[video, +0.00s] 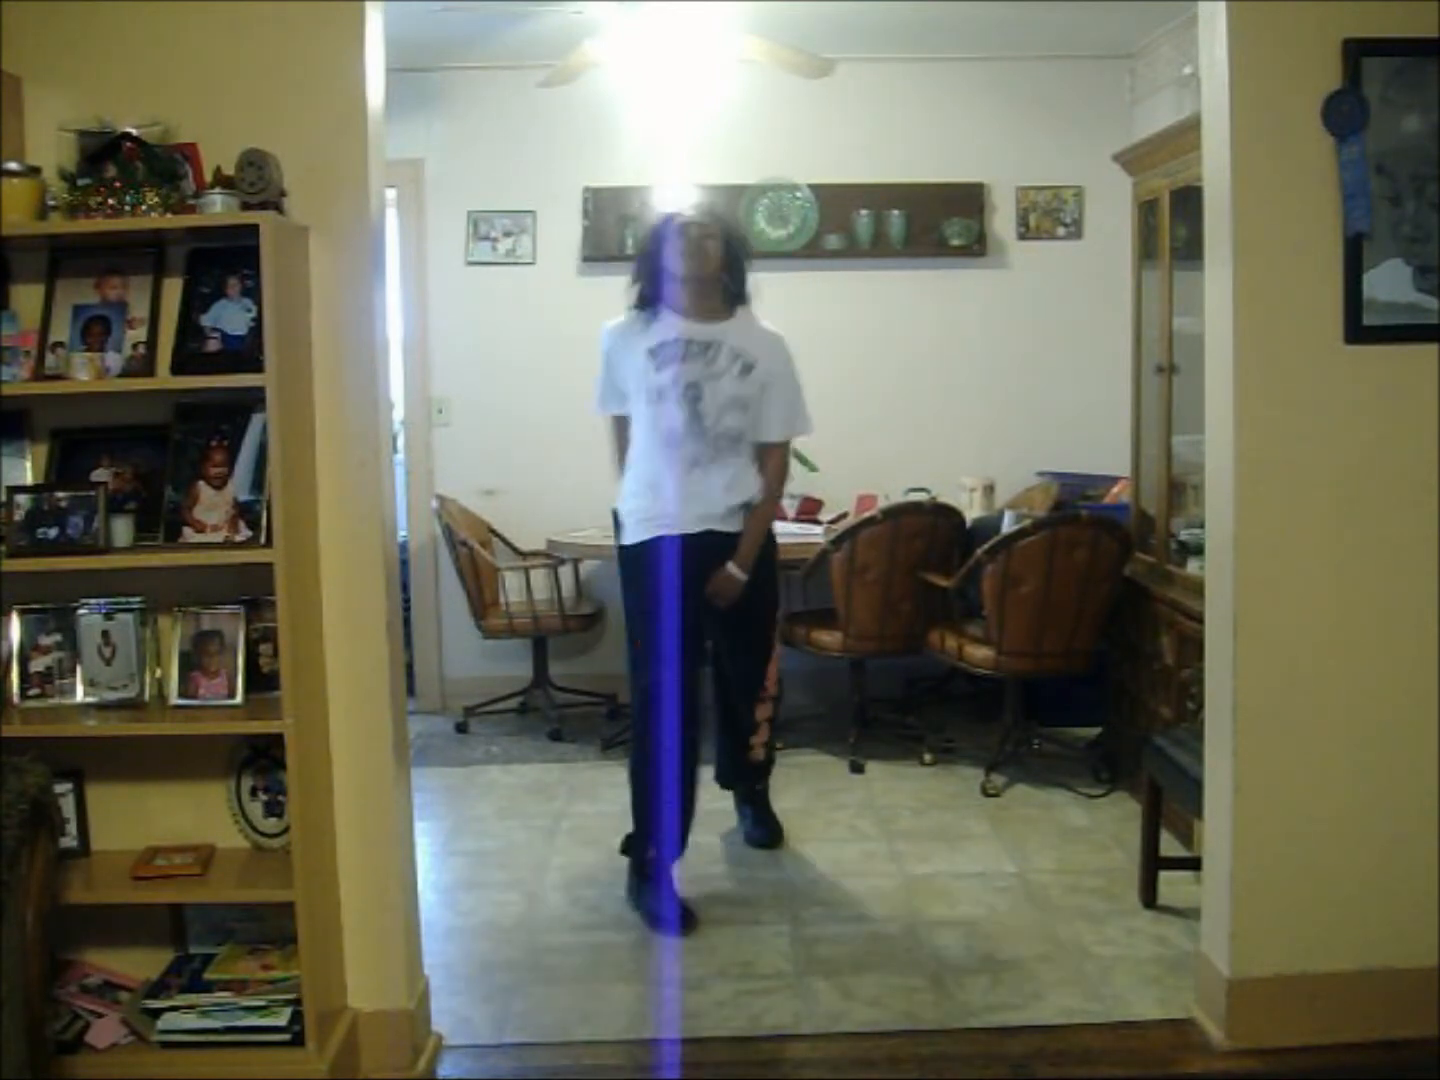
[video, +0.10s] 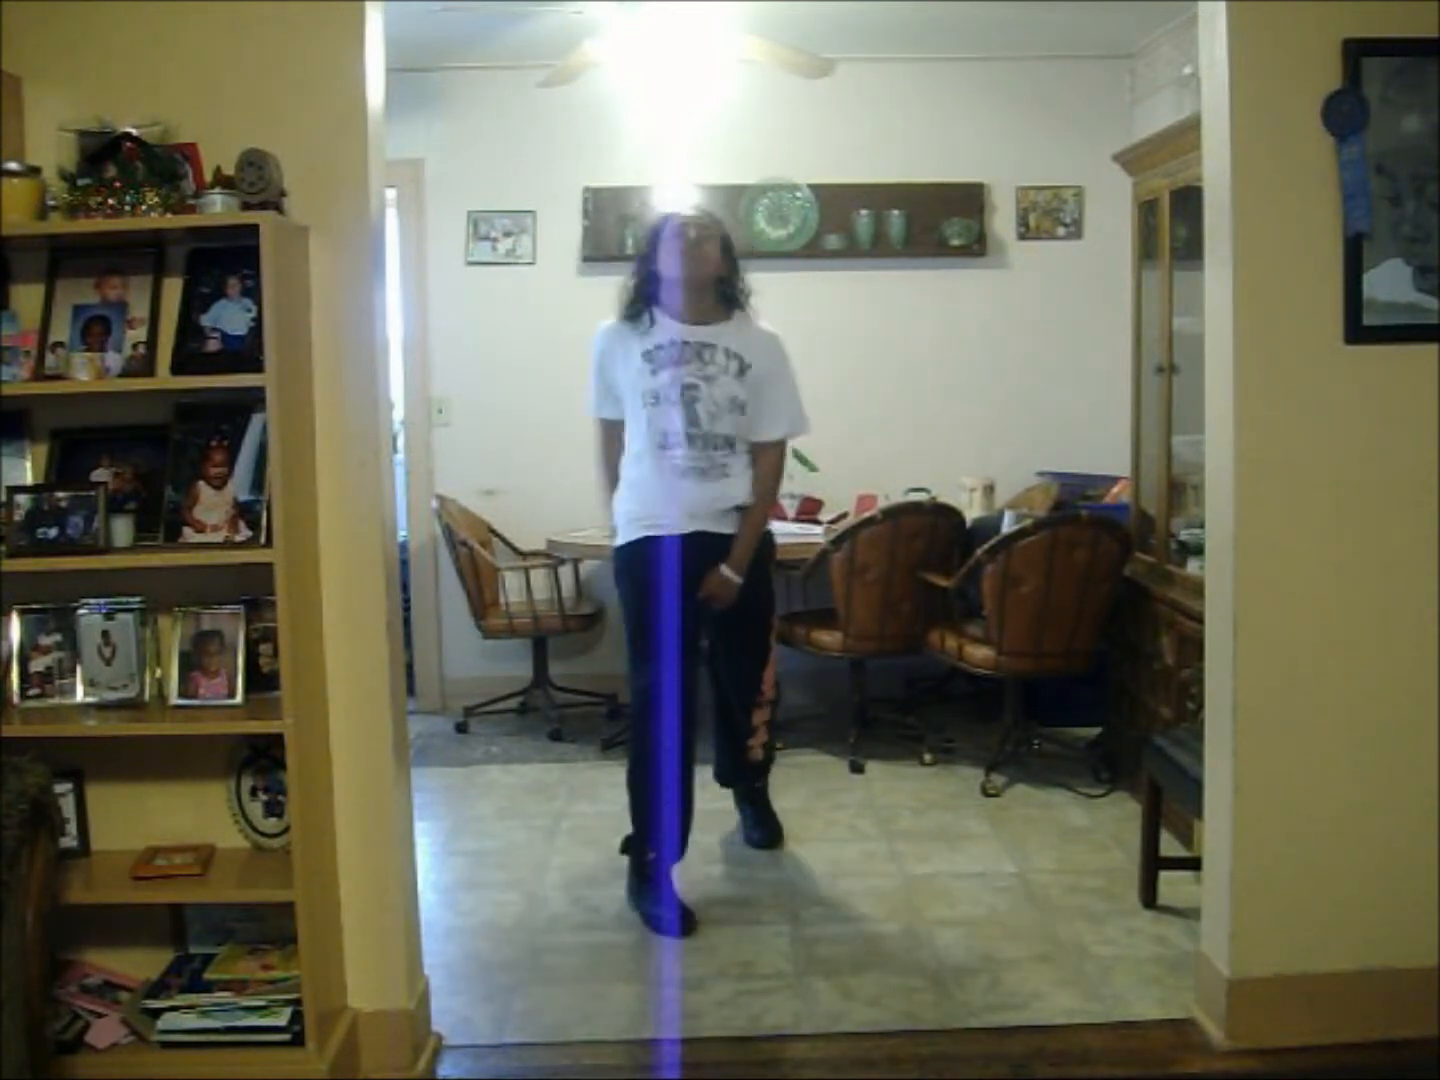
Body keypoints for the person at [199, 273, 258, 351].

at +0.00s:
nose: (233, 289)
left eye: (235, 285)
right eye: (230, 286)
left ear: (240, 287)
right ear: (226, 288)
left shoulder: (248, 304)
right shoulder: (221, 304)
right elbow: (205, 320)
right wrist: (210, 335)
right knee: (212, 341)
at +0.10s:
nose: (234, 289)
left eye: (236, 286)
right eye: (230, 286)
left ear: (240, 287)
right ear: (226, 289)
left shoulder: (247, 304)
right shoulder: (221, 304)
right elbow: (205, 320)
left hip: (244, 338)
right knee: (212, 341)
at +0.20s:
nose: (233, 289)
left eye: (236, 286)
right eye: (230, 286)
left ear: (240, 287)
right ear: (226, 289)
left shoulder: (247, 304)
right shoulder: (221, 304)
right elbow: (205, 320)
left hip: (244, 338)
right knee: (212, 341)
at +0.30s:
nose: (234, 289)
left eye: (236, 286)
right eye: (230, 287)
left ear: (240, 288)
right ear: (226, 289)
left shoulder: (247, 304)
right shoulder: (221, 304)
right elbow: (205, 320)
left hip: (244, 338)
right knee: (212, 341)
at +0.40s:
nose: (234, 289)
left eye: (236, 286)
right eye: (230, 287)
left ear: (240, 288)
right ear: (226, 289)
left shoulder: (247, 304)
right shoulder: (221, 304)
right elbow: (205, 320)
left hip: (244, 338)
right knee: (212, 341)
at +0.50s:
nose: (234, 289)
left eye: (236, 286)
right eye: (230, 287)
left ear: (240, 288)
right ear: (226, 289)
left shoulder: (247, 304)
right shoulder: (221, 304)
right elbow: (205, 320)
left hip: (244, 338)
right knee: (212, 341)